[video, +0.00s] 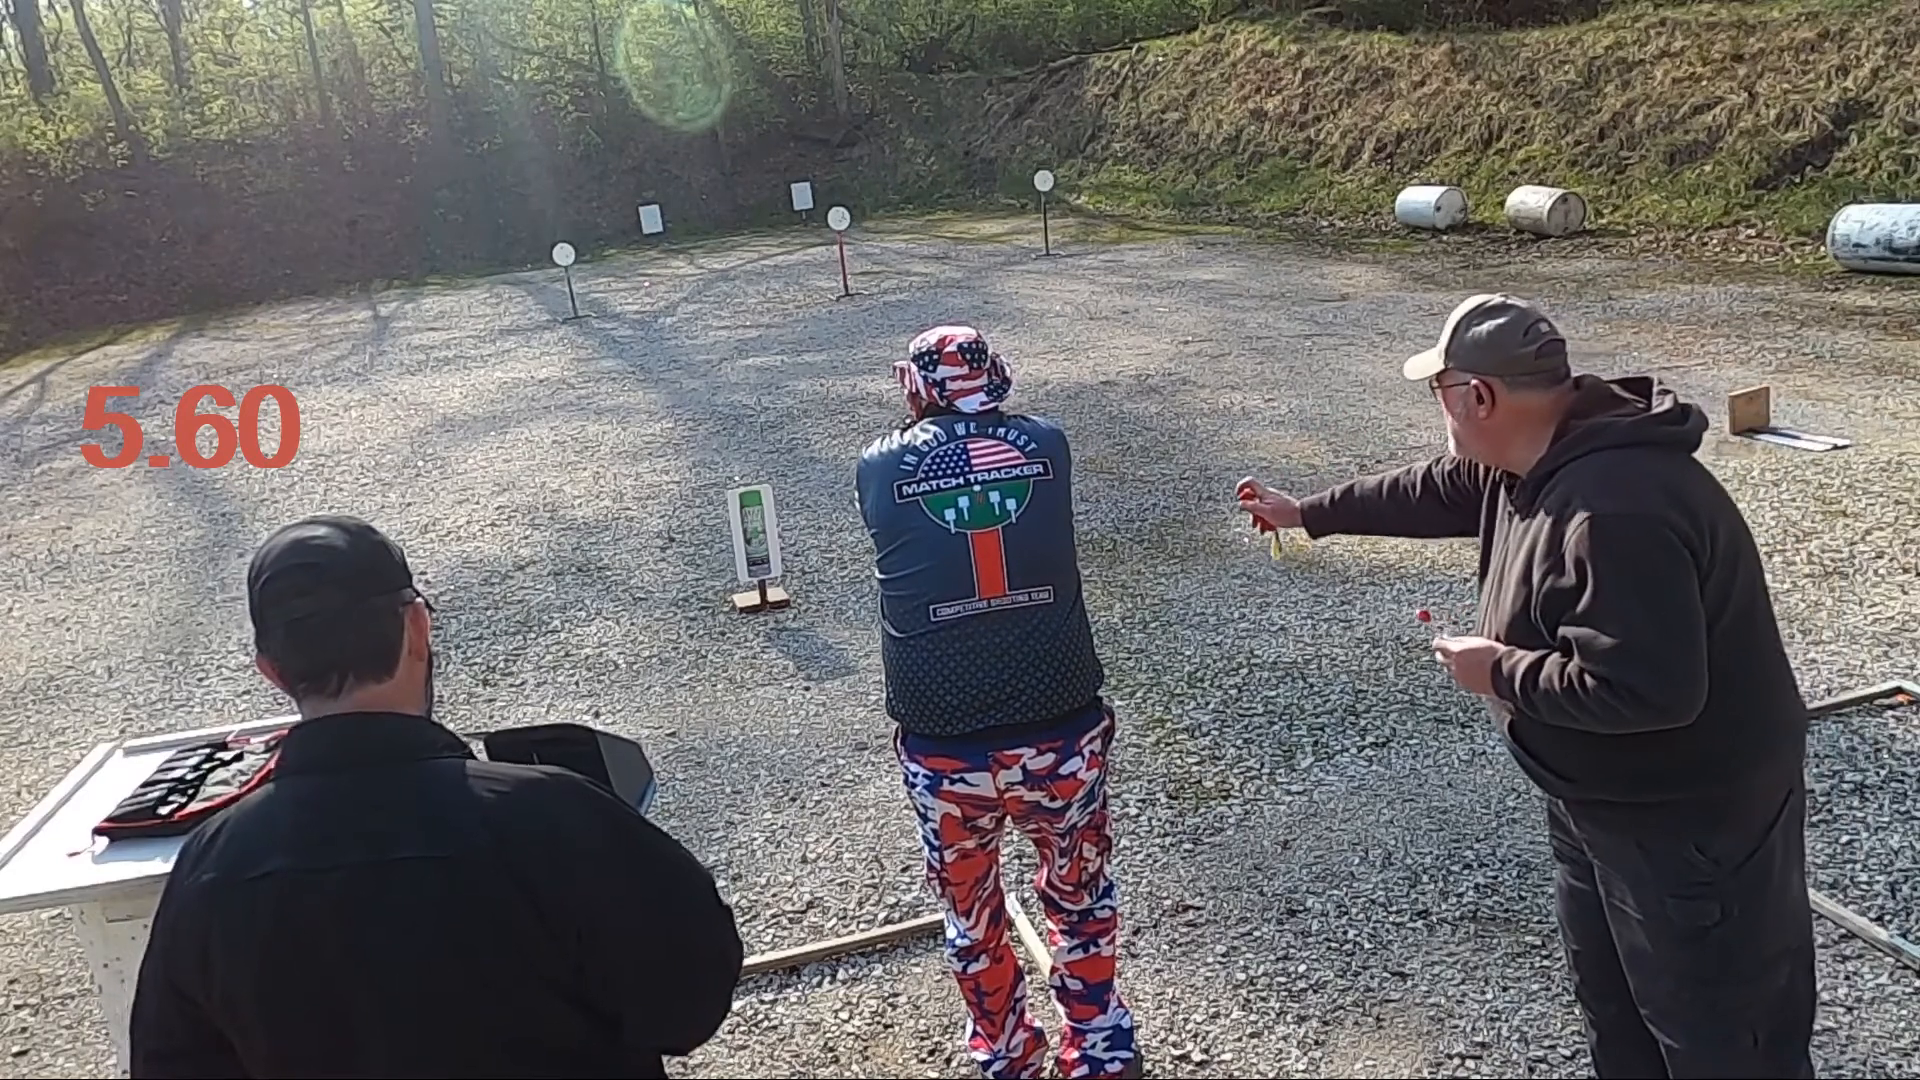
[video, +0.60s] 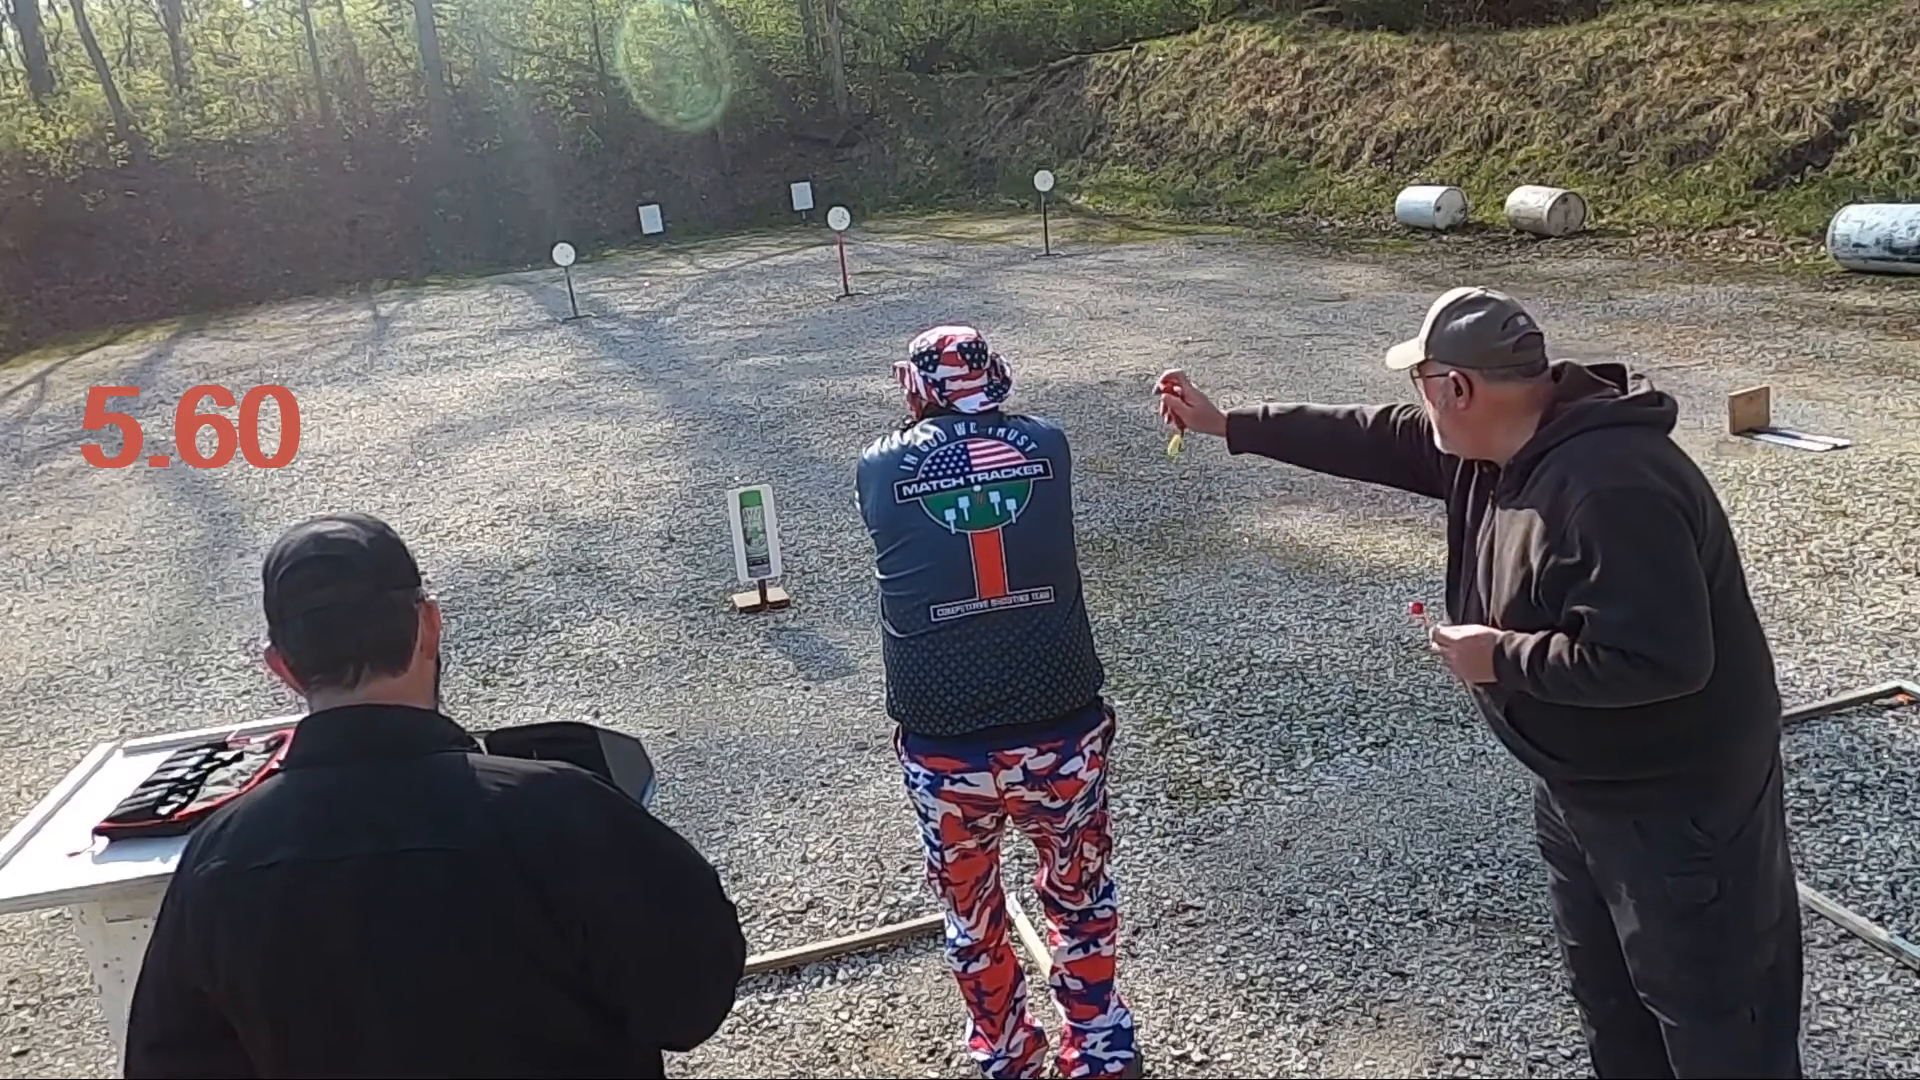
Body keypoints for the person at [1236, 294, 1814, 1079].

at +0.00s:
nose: (1443, 416)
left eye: (1443, 396)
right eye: (1441, 397)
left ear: (1481, 398)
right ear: (1502, 390)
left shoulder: (1612, 513)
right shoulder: (1527, 462)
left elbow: (1653, 692)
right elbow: (1435, 492)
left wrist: (1501, 671)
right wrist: (1305, 511)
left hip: (1689, 821)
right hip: (1599, 798)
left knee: (1721, 1043)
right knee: (1620, 1019)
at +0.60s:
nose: (1420, 402)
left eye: (1422, 386)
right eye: (1420, 387)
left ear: (1459, 389)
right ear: (1477, 386)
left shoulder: (1614, 488)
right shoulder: (1491, 453)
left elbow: (1664, 661)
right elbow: (1368, 441)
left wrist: (1503, 655)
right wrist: (1226, 423)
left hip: (1685, 808)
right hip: (1587, 793)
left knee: (1720, 1039)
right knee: (1620, 1023)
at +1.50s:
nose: (1440, 401)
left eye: (1440, 386)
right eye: (1439, 386)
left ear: (1470, 393)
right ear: (1535, 373)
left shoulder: (1619, 482)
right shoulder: (1522, 462)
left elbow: (1682, 647)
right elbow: (1434, 495)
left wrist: (1521, 655)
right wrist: (1306, 488)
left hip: (1716, 811)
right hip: (1607, 797)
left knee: (1765, 1048)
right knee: (1633, 1036)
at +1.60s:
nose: (1457, 408)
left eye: (1455, 391)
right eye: (1453, 392)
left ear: (1483, 397)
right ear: (1549, 375)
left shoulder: (1629, 491)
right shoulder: (1558, 466)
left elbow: (1682, 658)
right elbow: (1496, 529)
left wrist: (1527, 659)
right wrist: (1365, 520)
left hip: (1725, 815)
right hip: (1621, 800)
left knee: (1784, 1050)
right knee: (1638, 1036)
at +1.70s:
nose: (1478, 412)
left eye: (1476, 395)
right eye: (1475, 395)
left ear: (1504, 400)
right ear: (1577, 374)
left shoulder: (1638, 498)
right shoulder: (1589, 463)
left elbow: (1693, 674)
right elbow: (1550, 553)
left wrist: (1538, 665)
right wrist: (1431, 551)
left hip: (1742, 826)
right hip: (1637, 807)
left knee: (1801, 1051)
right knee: (1642, 1034)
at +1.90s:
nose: (1532, 422)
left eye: (1533, 405)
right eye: (1532, 404)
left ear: (1564, 413)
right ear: (1634, 390)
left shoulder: (1696, 520)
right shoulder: (1657, 470)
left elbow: (1740, 705)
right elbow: (1647, 587)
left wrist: (1585, 687)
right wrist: (1537, 579)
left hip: (1791, 848)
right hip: (1681, 819)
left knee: (1829, 1062)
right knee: (1657, 1038)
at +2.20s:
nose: (1611, 426)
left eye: (1612, 409)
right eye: (1608, 409)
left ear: (1649, 416)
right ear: (1728, 392)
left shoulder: (1795, 531)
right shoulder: (1733, 488)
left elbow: (1838, 725)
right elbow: (1715, 603)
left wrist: (1666, 701)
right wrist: (1600, 593)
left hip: (1842, 881)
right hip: (1747, 855)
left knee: (1855, 1064)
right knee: (1698, 1056)